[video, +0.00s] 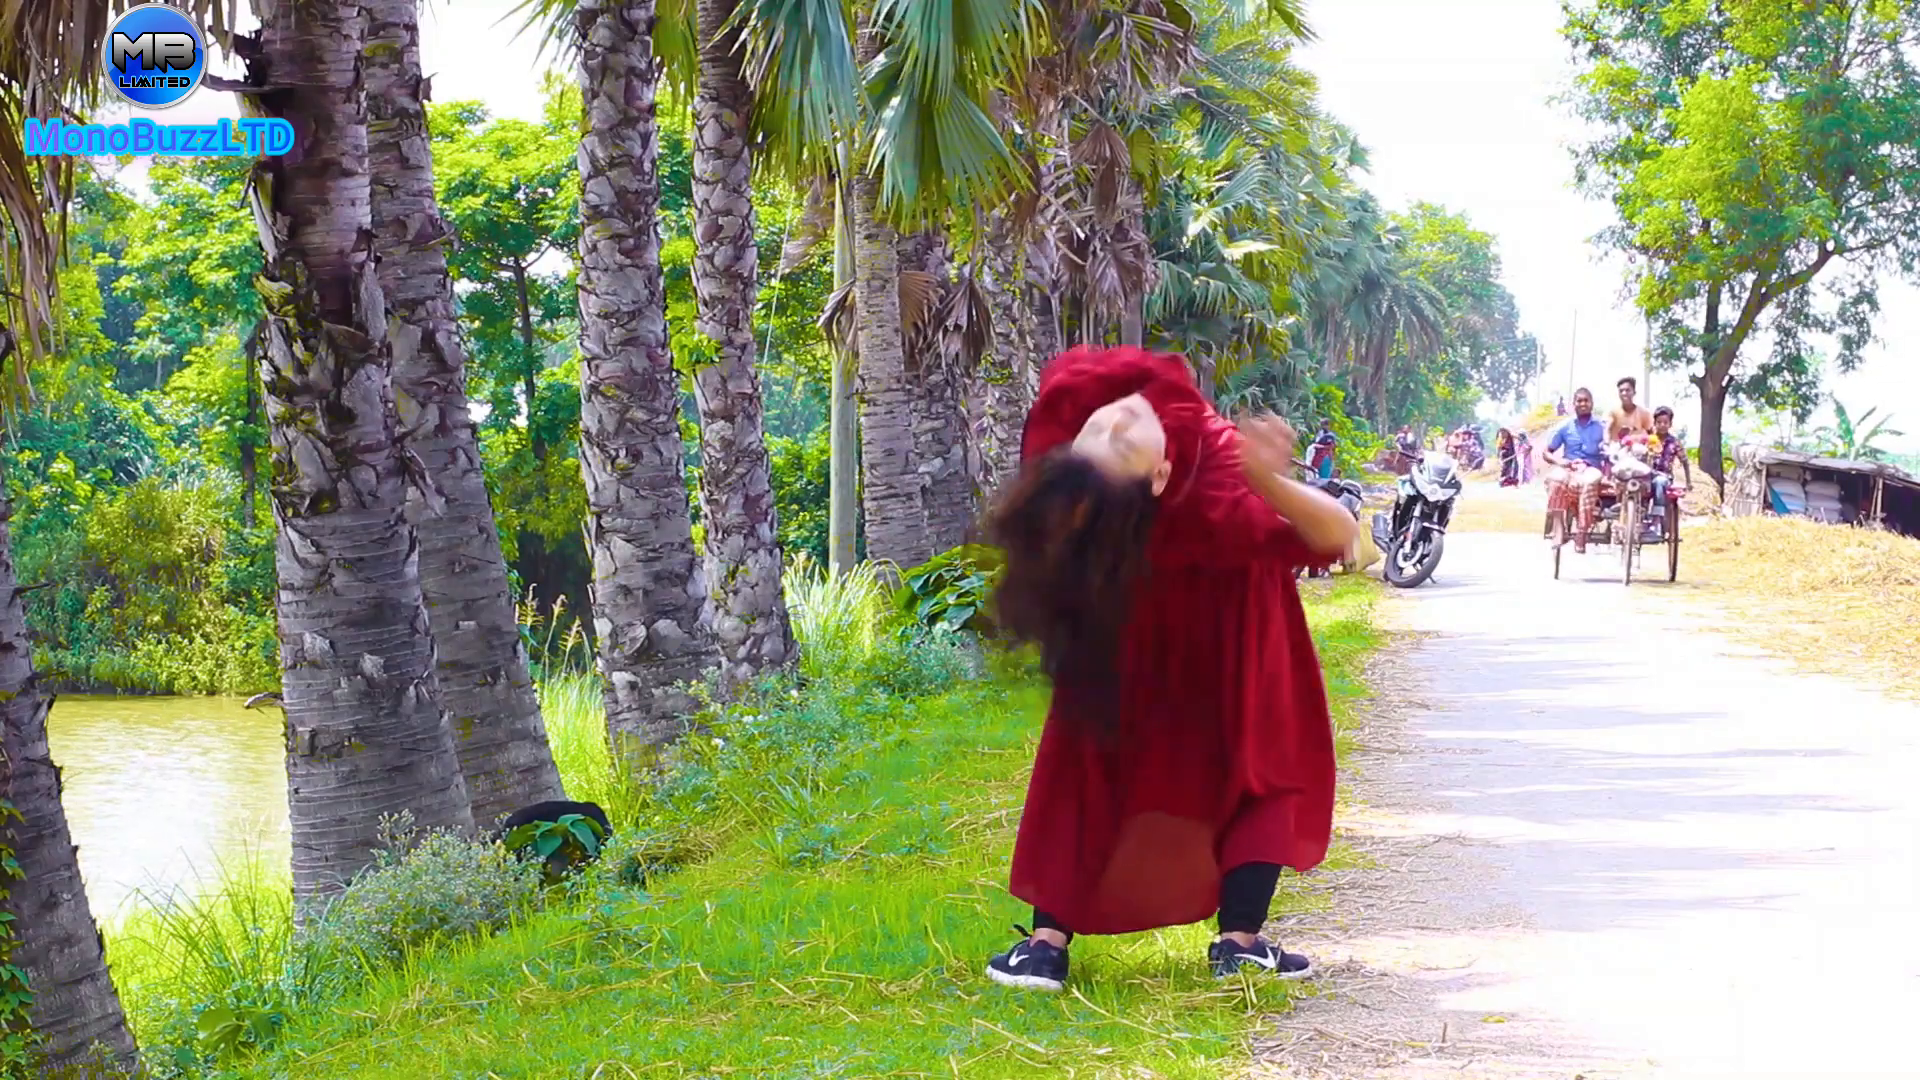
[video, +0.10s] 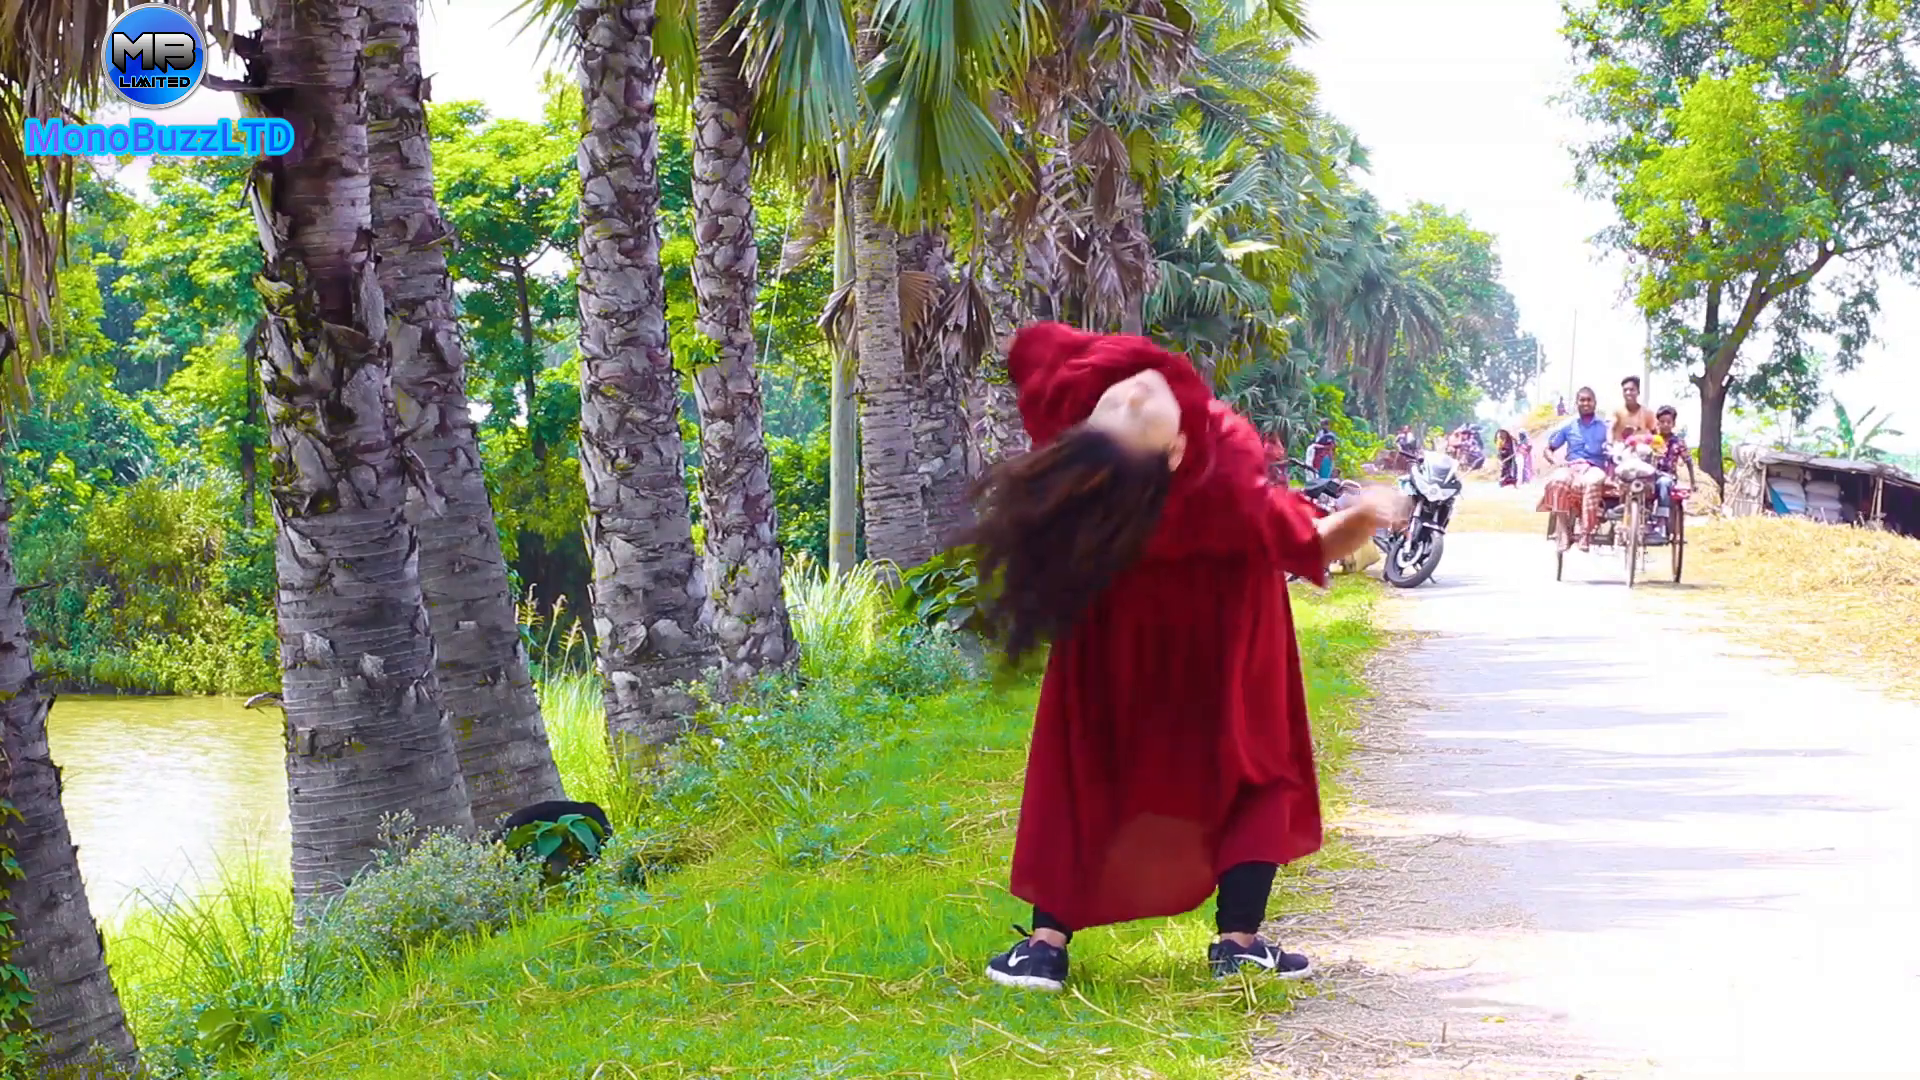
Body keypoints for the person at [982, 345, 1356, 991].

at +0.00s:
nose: (1116, 420)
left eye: (1097, 442)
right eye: (1130, 445)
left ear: (1064, 454)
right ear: (1158, 479)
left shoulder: (1063, 401)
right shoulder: (1224, 485)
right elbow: (1338, 536)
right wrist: (1270, 478)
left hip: (1124, 591)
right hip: (1235, 592)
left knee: (1080, 747)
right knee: (1266, 756)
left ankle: (1046, 941)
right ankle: (1242, 940)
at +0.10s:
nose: (1131, 393)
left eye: (1113, 415)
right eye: (1146, 422)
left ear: (1078, 437)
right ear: (1175, 456)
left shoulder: (1061, 394)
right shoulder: (1225, 480)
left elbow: (1027, 342)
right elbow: (1308, 545)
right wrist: (1365, 513)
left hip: (1112, 585)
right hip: (1228, 590)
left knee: (1075, 752)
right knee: (1260, 758)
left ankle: (1045, 943)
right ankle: (1239, 939)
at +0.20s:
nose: (1153, 348)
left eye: (1131, 364)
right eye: (1172, 377)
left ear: (1111, 390)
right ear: (1193, 416)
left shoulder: (1080, 384)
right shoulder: (1243, 422)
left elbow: (999, 343)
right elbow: (1297, 521)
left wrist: (1097, 285)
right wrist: (1397, 511)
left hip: (1113, 594)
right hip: (1232, 604)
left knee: (1076, 755)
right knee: (1259, 759)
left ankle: (1045, 940)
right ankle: (1240, 937)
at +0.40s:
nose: (1146, 285)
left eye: (1130, 319)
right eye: (1159, 294)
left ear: (1135, 355)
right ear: (1212, 336)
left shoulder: (1112, 418)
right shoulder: (1257, 352)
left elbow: (1030, 446)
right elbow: (1304, 404)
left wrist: (1036, 355)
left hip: (1142, 592)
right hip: (1247, 578)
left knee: (1088, 751)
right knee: (1248, 745)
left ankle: (1044, 945)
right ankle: (1238, 939)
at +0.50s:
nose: (1128, 325)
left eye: (1132, 320)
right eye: (1135, 317)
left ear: (1142, 335)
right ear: (1216, 313)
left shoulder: (1128, 417)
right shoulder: (1258, 325)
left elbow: (1066, 495)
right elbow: (1321, 298)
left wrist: (1064, 390)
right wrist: (1224, 288)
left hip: (1143, 601)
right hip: (1248, 591)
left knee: (1089, 754)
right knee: (1249, 753)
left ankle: (1044, 946)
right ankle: (1238, 938)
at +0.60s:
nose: (1111, 297)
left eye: (1117, 289)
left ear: (1122, 302)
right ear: (1203, 285)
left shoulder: (1101, 389)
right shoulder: (1246, 323)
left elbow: (1097, 515)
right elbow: (1341, 243)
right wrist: (1241, 274)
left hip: (1134, 609)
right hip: (1243, 603)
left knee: (1086, 760)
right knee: (1252, 760)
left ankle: (1044, 945)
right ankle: (1239, 940)